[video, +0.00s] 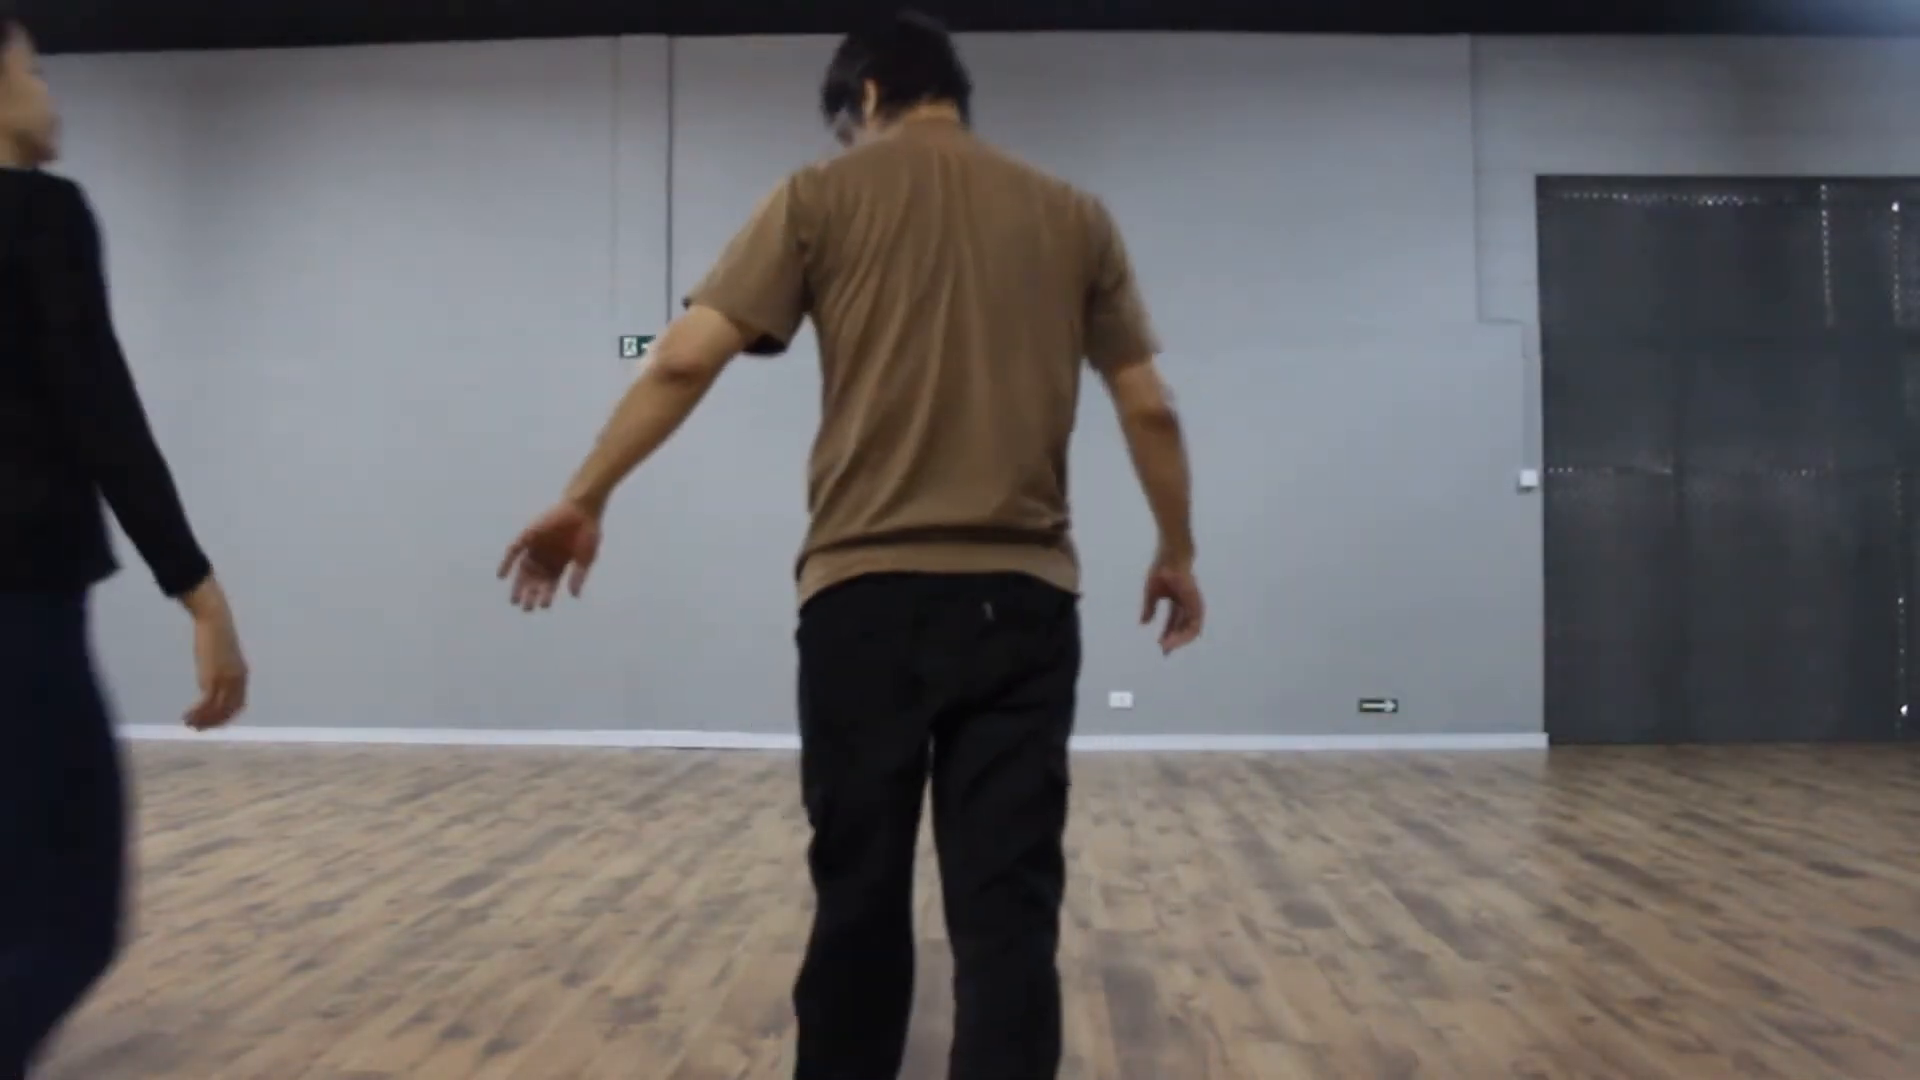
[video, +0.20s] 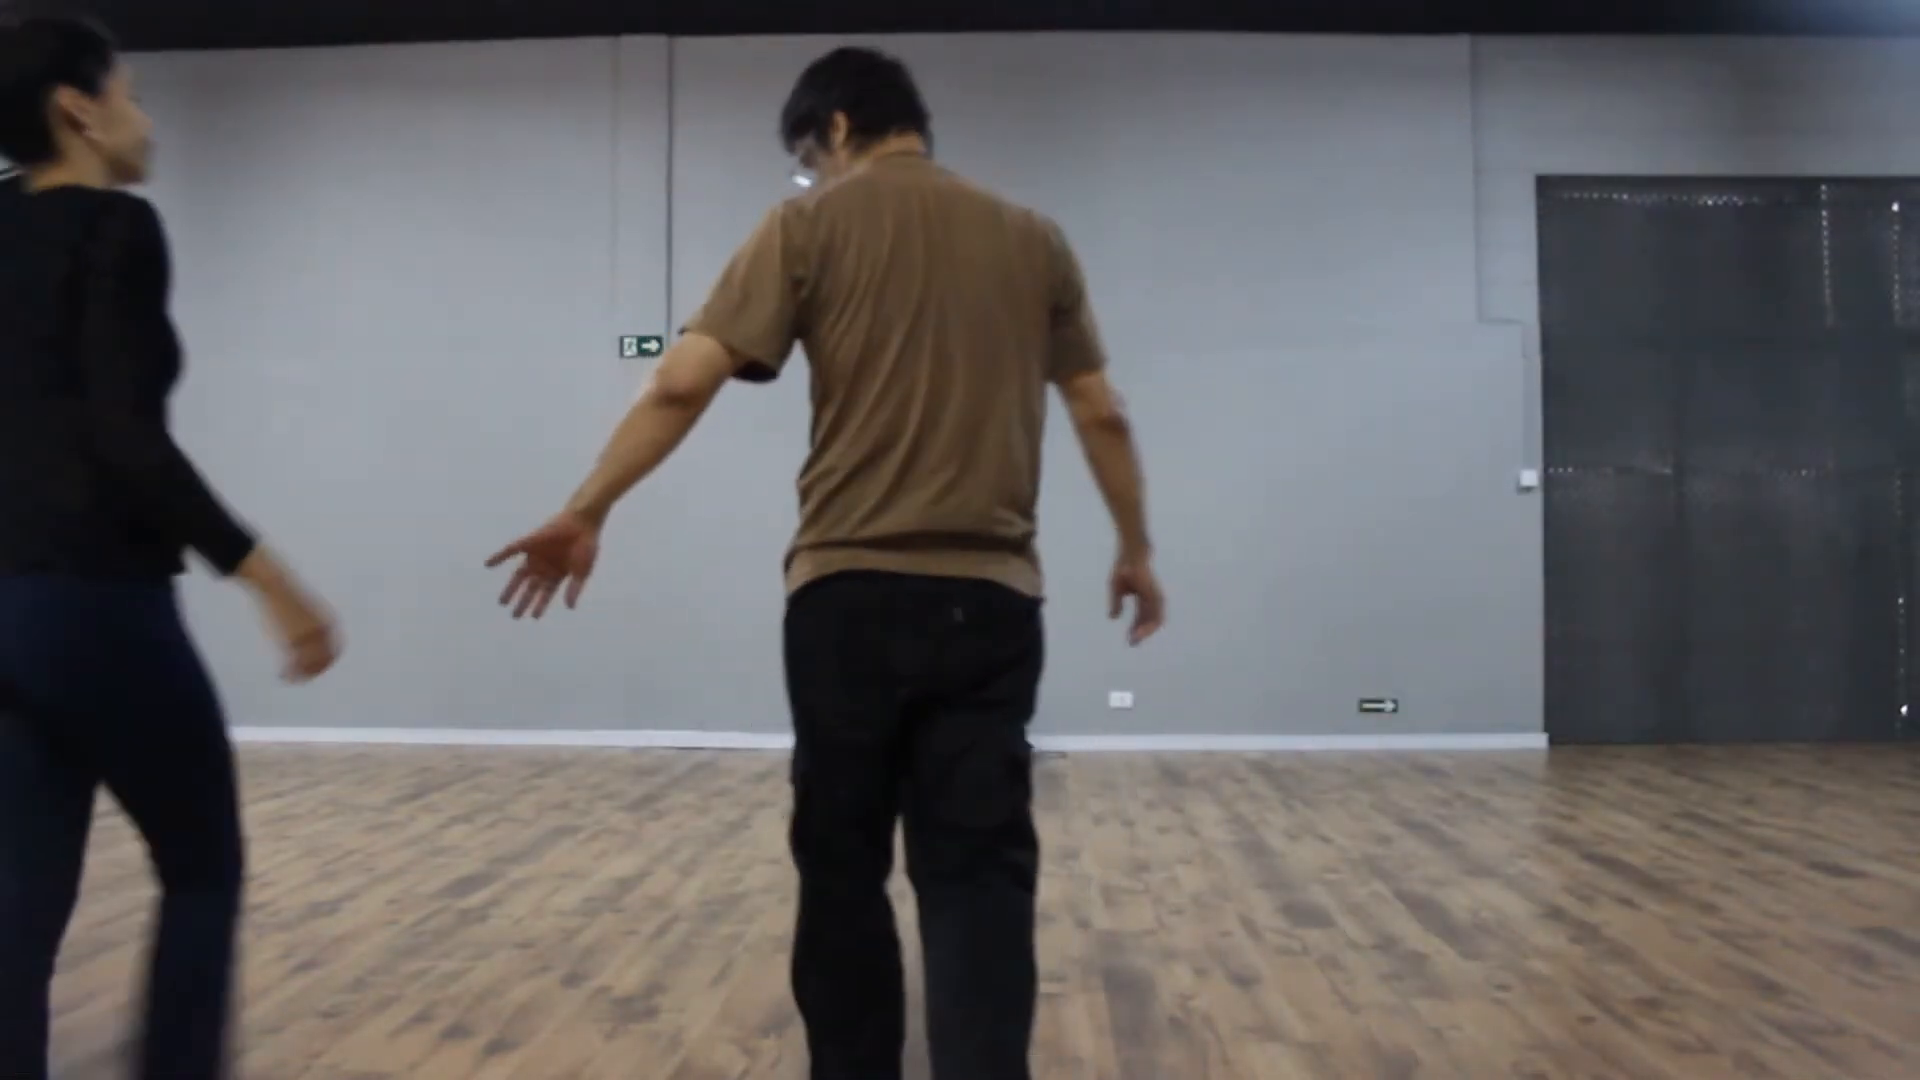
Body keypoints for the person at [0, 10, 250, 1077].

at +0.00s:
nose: (45, 81)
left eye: (36, 55)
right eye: (28, 56)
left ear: (11, 77)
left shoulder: (39, 209)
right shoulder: (38, 210)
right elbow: (99, 411)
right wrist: (200, 592)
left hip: (33, 615)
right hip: (23, 619)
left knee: (50, 903)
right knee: (73, 914)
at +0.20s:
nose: (144, 114)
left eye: (133, 92)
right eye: (126, 93)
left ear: (51, 117)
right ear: (74, 110)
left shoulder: (7, 222)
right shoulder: (113, 225)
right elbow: (127, 434)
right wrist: (268, 580)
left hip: (14, 611)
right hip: (100, 611)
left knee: (21, 910)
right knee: (203, 861)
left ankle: (19, 1065)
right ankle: (181, 1063)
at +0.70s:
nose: (377, 182)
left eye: (370, 165)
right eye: (371, 166)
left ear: (271, 186)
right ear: (348, 176)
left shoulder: (227, 300)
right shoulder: (387, 282)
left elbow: (228, 471)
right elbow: (430, 451)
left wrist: (262, 580)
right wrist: (556, 466)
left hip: (287, 602)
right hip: (387, 595)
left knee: (334, 826)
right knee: (377, 845)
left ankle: (224, 1052)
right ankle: (361, 1064)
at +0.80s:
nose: (424, 196)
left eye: (418, 180)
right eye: (418, 181)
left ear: (322, 197)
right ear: (398, 190)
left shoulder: (279, 311)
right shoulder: (435, 288)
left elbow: (261, 469)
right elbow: (476, 453)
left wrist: (260, 607)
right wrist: (586, 476)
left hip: (327, 603)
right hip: (426, 598)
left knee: (398, 819)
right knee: (390, 846)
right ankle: (355, 1061)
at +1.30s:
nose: (549, 255)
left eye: (544, 239)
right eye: (542, 240)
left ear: (463, 256)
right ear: (521, 250)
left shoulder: (431, 351)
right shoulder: (544, 334)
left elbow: (439, 498)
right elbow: (556, 473)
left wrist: (463, 582)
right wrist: (667, 499)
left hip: (465, 607)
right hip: (541, 606)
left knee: (499, 795)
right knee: (589, 797)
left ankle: (521, 998)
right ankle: (514, 976)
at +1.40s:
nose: (564, 259)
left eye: (561, 244)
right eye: (558, 244)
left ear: (482, 257)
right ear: (534, 251)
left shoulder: (448, 351)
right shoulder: (554, 333)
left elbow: (487, 478)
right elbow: (564, 471)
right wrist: (680, 502)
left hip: (480, 602)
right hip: (559, 601)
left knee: (506, 794)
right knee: (603, 787)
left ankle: (523, 1009)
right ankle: (575, 989)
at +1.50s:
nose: (586, 267)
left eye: (583, 252)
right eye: (581, 252)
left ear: (509, 263)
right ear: (556, 259)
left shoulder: (472, 357)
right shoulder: (572, 339)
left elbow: (510, 474)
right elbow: (582, 476)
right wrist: (693, 511)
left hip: (499, 598)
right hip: (577, 596)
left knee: (517, 797)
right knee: (611, 791)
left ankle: (526, 1010)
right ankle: (630, 971)